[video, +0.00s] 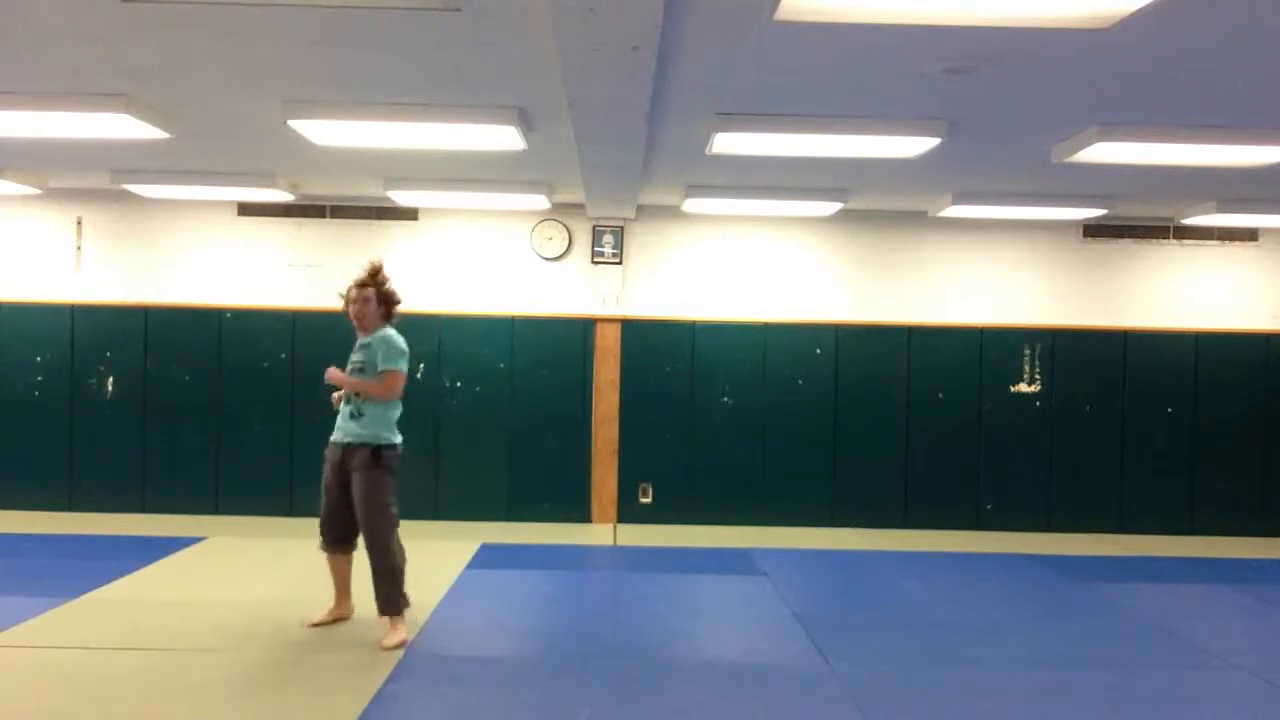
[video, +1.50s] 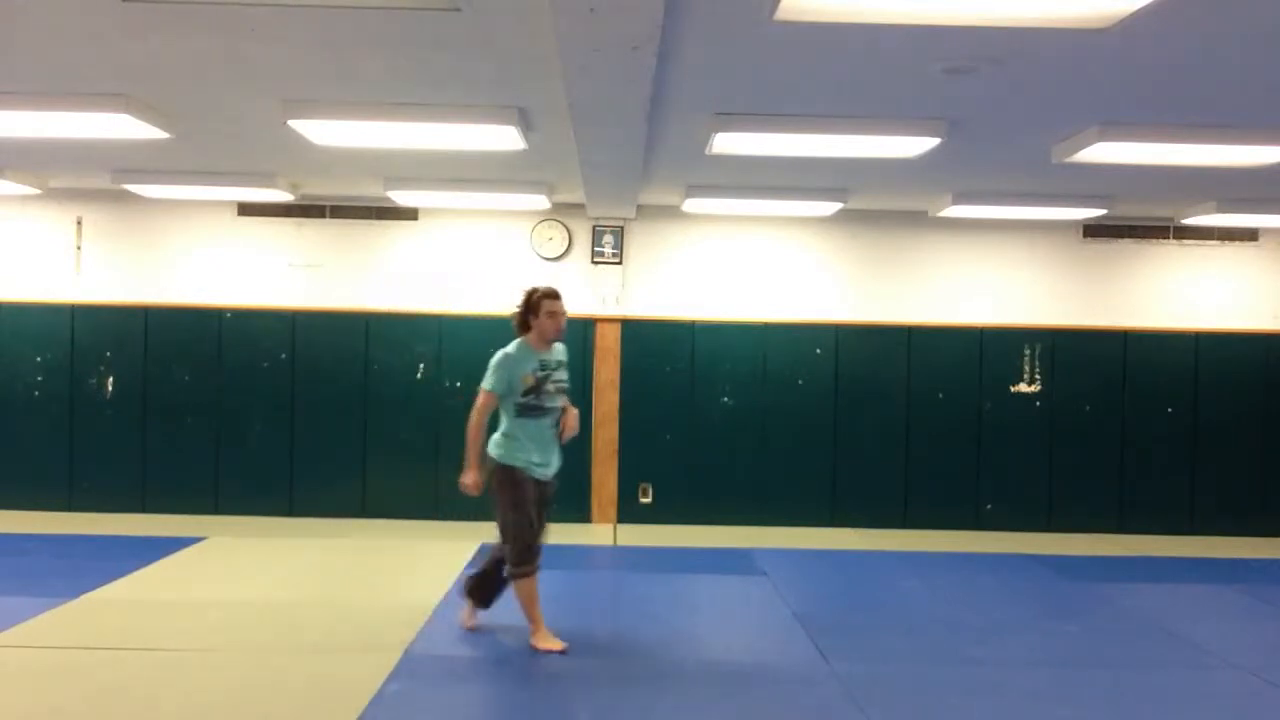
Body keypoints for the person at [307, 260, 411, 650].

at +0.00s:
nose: (356, 309)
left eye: (364, 302)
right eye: (352, 302)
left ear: (383, 306)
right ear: (347, 306)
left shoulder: (391, 342)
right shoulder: (361, 344)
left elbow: (392, 388)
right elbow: (373, 389)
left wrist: (345, 381)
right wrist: (347, 396)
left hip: (373, 446)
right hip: (341, 442)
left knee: (378, 531)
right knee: (335, 526)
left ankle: (395, 618)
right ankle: (341, 603)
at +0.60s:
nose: (404, 314)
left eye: (409, 308)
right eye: (398, 307)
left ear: (418, 315)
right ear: (383, 312)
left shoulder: (430, 351)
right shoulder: (363, 342)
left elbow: (444, 400)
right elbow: (336, 363)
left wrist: (421, 370)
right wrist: (380, 349)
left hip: (411, 460)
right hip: (362, 459)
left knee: (427, 538)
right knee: (351, 536)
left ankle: (443, 610)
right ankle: (344, 607)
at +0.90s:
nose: (468, 317)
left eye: (471, 311)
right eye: (462, 310)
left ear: (472, 316)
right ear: (443, 312)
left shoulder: (468, 352)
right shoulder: (422, 345)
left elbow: (459, 396)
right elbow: (407, 372)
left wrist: (482, 404)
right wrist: (448, 359)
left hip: (464, 458)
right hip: (426, 456)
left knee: (460, 541)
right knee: (398, 532)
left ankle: (451, 610)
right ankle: (357, 598)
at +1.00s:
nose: (490, 316)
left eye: (491, 310)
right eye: (483, 310)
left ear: (487, 314)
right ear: (463, 312)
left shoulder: (480, 352)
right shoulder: (437, 350)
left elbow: (470, 396)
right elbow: (414, 396)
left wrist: (499, 402)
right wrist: (450, 399)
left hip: (472, 455)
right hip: (438, 454)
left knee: (464, 536)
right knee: (432, 533)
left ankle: (451, 609)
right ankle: (387, 598)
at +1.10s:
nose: (506, 319)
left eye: (507, 312)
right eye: (499, 312)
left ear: (502, 317)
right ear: (479, 314)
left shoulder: (493, 354)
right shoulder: (450, 354)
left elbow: (484, 399)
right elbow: (432, 405)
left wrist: (518, 399)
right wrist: (442, 449)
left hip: (482, 459)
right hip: (454, 457)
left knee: (471, 537)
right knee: (458, 535)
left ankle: (455, 612)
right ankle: (431, 612)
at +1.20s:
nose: (518, 322)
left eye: (520, 315)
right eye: (511, 315)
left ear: (516, 320)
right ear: (491, 318)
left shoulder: (507, 356)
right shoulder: (465, 357)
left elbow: (500, 398)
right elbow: (442, 409)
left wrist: (531, 401)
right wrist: (429, 460)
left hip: (490, 457)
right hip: (463, 455)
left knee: (465, 532)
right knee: (482, 532)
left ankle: (447, 608)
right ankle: (483, 622)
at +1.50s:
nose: (560, 321)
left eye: (562, 314)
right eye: (552, 315)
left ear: (562, 318)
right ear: (532, 319)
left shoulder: (560, 353)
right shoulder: (508, 359)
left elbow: (555, 393)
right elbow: (480, 412)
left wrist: (570, 410)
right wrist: (472, 467)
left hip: (546, 462)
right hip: (512, 462)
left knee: (526, 540)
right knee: (522, 544)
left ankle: (476, 594)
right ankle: (538, 630)